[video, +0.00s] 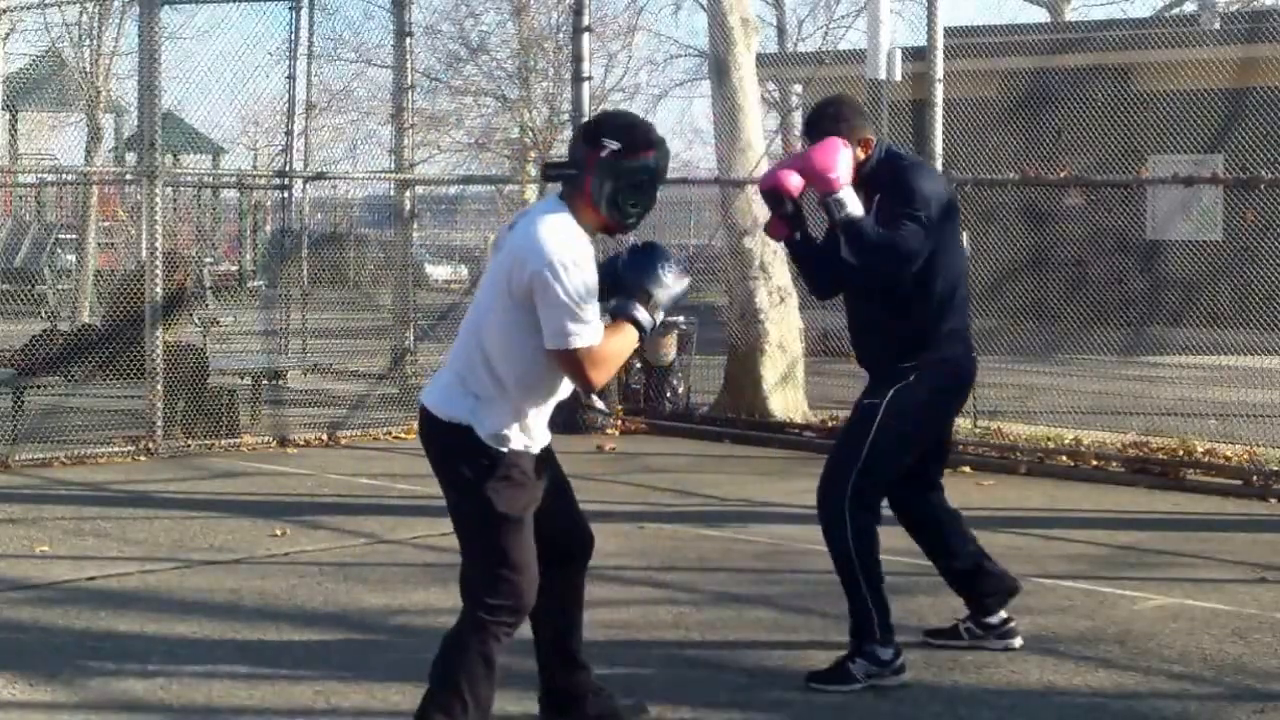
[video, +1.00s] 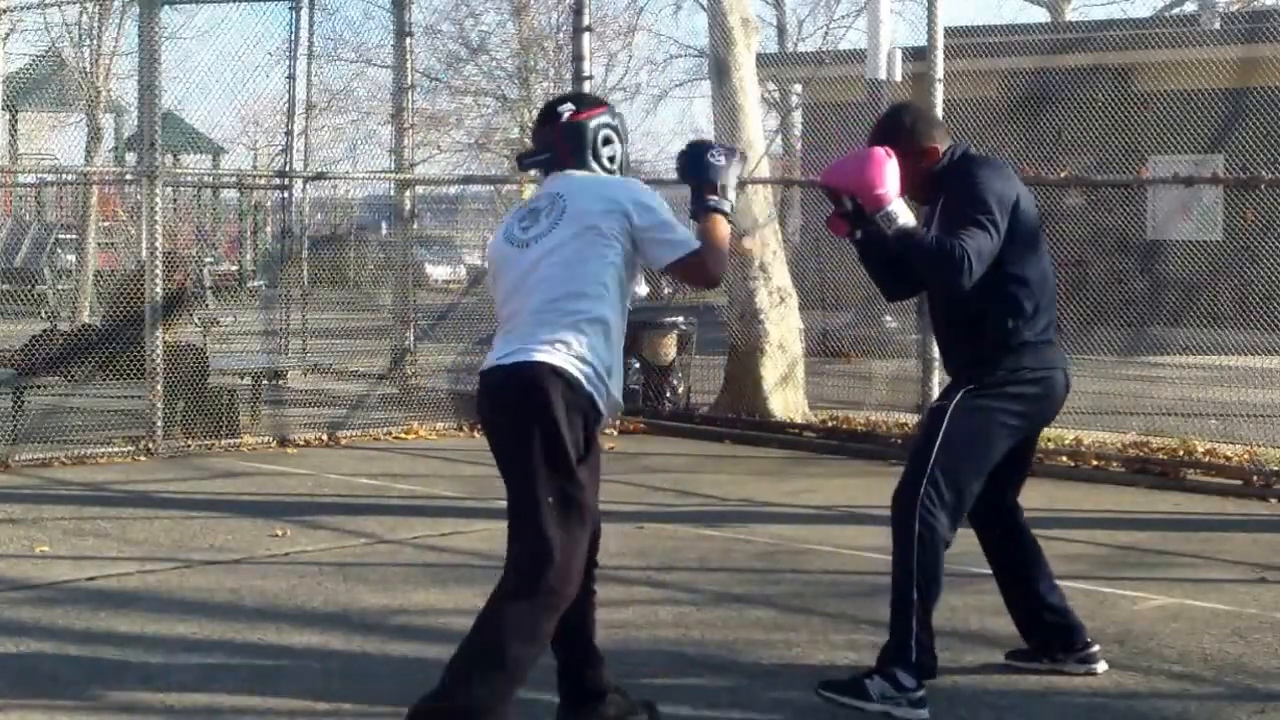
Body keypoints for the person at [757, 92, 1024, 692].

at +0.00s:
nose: (830, 170)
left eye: (834, 158)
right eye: (822, 161)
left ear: (864, 144)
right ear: (831, 156)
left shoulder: (912, 179)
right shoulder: (856, 196)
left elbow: (897, 259)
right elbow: (827, 281)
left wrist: (842, 201)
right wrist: (791, 230)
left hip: (923, 367)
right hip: (907, 367)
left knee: (843, 496)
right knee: (913, 492)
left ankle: (875, 650)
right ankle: (991, 608)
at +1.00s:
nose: (898, 182)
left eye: (895, 172)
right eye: (893, 173)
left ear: (916, 157)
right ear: (926, 151)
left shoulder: (983, 179)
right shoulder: (947, 196)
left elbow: (958, 270)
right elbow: (897, 284)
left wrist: (888, 215)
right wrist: (860, 231)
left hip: (1010, 374)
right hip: (1005, 373)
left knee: (920, 503)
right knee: (993, 509)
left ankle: (904, 674)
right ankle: (1060, 641)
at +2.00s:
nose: (998, 191)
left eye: (1000, 177)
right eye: (991, 179)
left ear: (1033, 160)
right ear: (1035, 155)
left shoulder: (1102, 202)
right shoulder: (1046, 193)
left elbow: (1055, 301)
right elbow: (1000, 279)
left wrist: (990, 225)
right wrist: (958, 226)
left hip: (1142, 402)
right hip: (1112, 399)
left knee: (1056, 559)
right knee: (1094, 526)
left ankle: (1130, 703)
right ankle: (1153, 657)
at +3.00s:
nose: (1169, 163)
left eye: (1173, 148)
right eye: (1166, 151)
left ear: (1203, 136)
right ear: (1223, 129)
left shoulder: (1237, 199)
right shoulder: (1256, 183)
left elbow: (1162, 255)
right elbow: (1155, 242)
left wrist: (1099, 192)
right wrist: (1095, 191)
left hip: (1233, 426)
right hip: (1256, 424)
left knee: (1131, 565)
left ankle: (1110, 709)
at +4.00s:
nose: (1240, 161)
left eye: (1239, 149)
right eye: (1236, 151)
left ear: (1259, 140)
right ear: (1276, 135)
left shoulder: (1271, 197)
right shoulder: (1270, 196)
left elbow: (1250, 314)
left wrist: (1173, 251)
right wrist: (1250, 201)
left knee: (1269, 630)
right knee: (1267, 627)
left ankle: (1264, 700)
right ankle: (1261, 695)